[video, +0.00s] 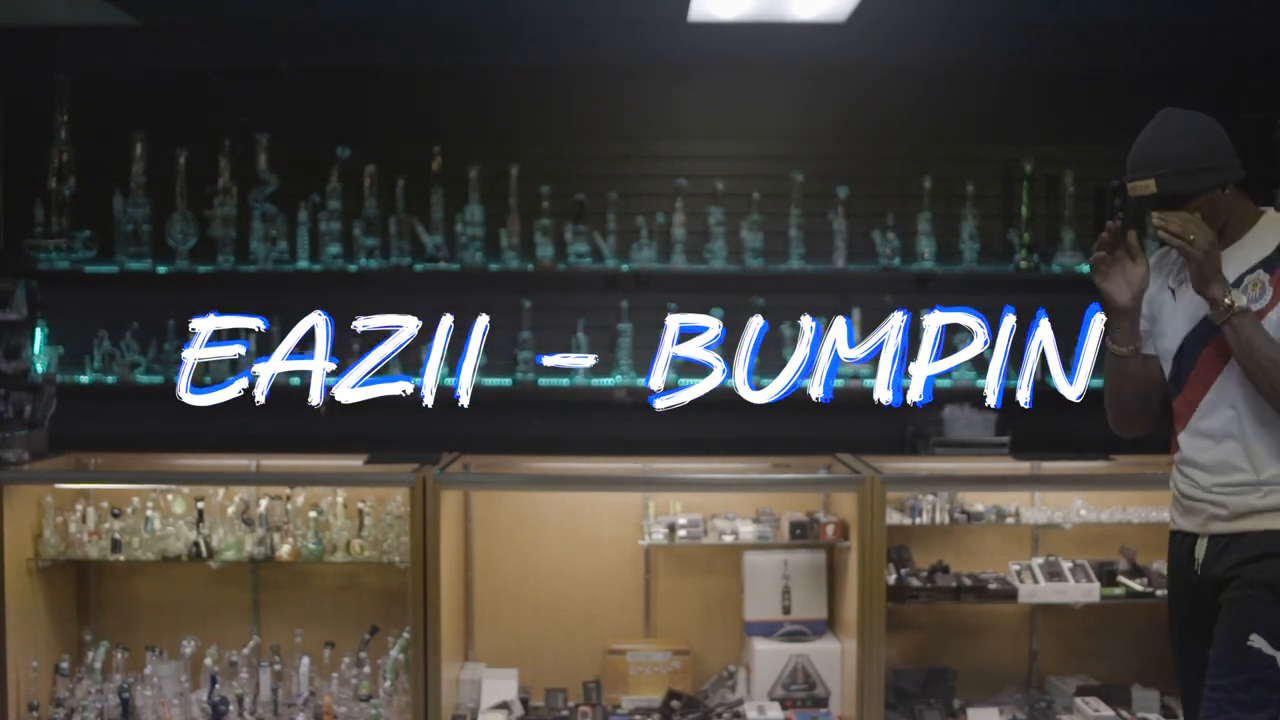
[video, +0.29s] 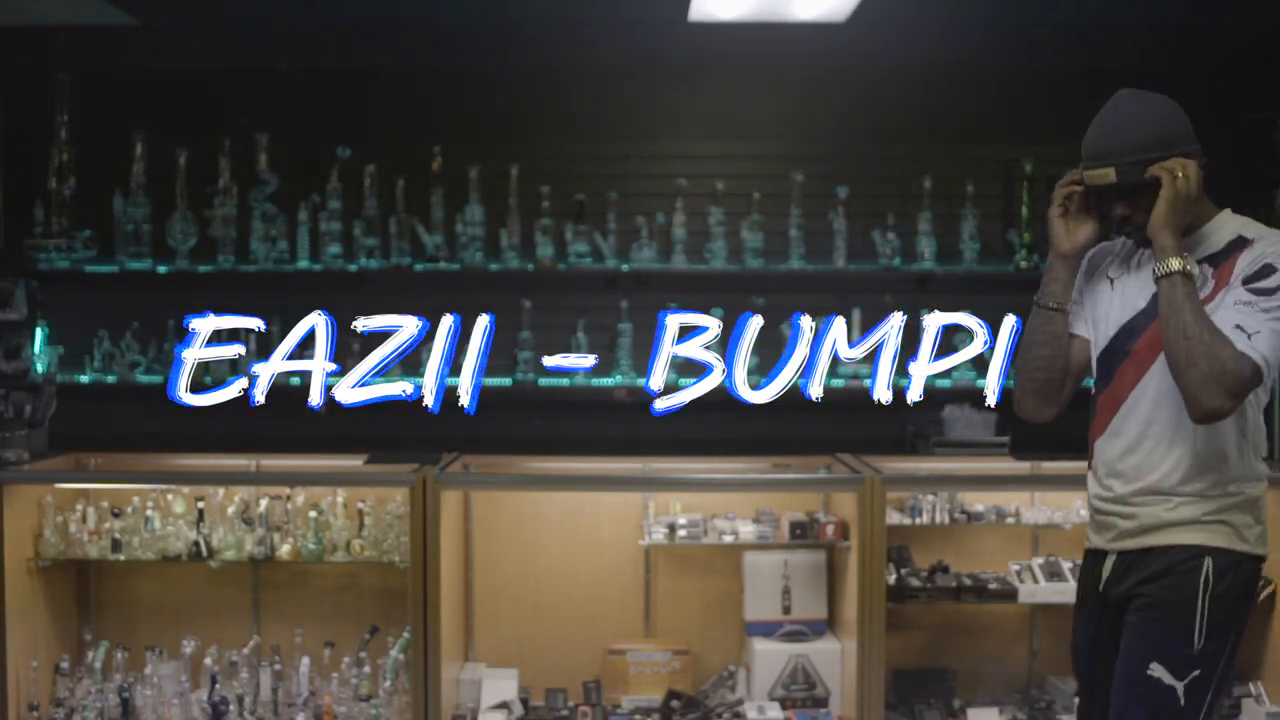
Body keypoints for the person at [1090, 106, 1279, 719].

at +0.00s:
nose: (1166, 223)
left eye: (1176, 205)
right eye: (1156, 210)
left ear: (1224, 188)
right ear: (1152, 205)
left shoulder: (1273, 250)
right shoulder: (1167, 269)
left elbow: (1274, 389)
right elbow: (1130, 421)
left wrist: (1219, 294)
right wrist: (1124, 315)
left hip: (1266, 536)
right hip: (1191, 536)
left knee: (1233, 709)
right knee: (1203, 708)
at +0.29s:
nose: (1119, 212)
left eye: (1132, 193)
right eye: (1108, 197)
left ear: (1185, 178)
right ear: (1096, 194)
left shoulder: (1263, 259)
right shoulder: (1107, 263)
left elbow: (1211, 393)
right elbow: (1037, 403)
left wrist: (1168, 245)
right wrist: (1061, 259)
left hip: (1202, 550)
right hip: (1109, 549)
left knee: (1146, 707)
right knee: (1097, 708)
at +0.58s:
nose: (1033, 189)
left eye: (1043, 169)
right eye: (1021, 175)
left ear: (1094, 157)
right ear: (1012, 182)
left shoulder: (1188, 243)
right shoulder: (1028, 253)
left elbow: (1114, 392)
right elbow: (961, 401)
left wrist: (1065, 235)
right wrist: (975, 250)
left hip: (1122, 565)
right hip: (1014, 551)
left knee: (1098, 708)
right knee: (950, 706)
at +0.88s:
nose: (917, 197)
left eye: (925, 180)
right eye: (904, 186)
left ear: (975, 165)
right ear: (898, 190)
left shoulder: (1073, 255)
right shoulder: (911, 264)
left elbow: (999, 404)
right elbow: (834, 416)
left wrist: (954, 239)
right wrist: (855, 258)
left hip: (1006, 595)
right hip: (890, 582)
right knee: (845, 709)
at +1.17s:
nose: (763, 197)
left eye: (777, 176)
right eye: (754, 180)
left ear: (836, 156)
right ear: (747, 173)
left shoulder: (931, 239)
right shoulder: (766, 253)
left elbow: (863, 373)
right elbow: (671, 382)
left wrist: (836, 210)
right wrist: (715, 228)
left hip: (860, 576)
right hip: (753, 568)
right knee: (723, 710)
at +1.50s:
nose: (675, 210)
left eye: (686, 188)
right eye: (666, 192)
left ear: (743, 156)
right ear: (660, 178)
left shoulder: (845, 240)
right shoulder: (676, 244)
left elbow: (759, 390)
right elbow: (570, 384)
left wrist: (739, 208)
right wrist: (620, 222)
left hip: (764, 583)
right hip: (665, 576)